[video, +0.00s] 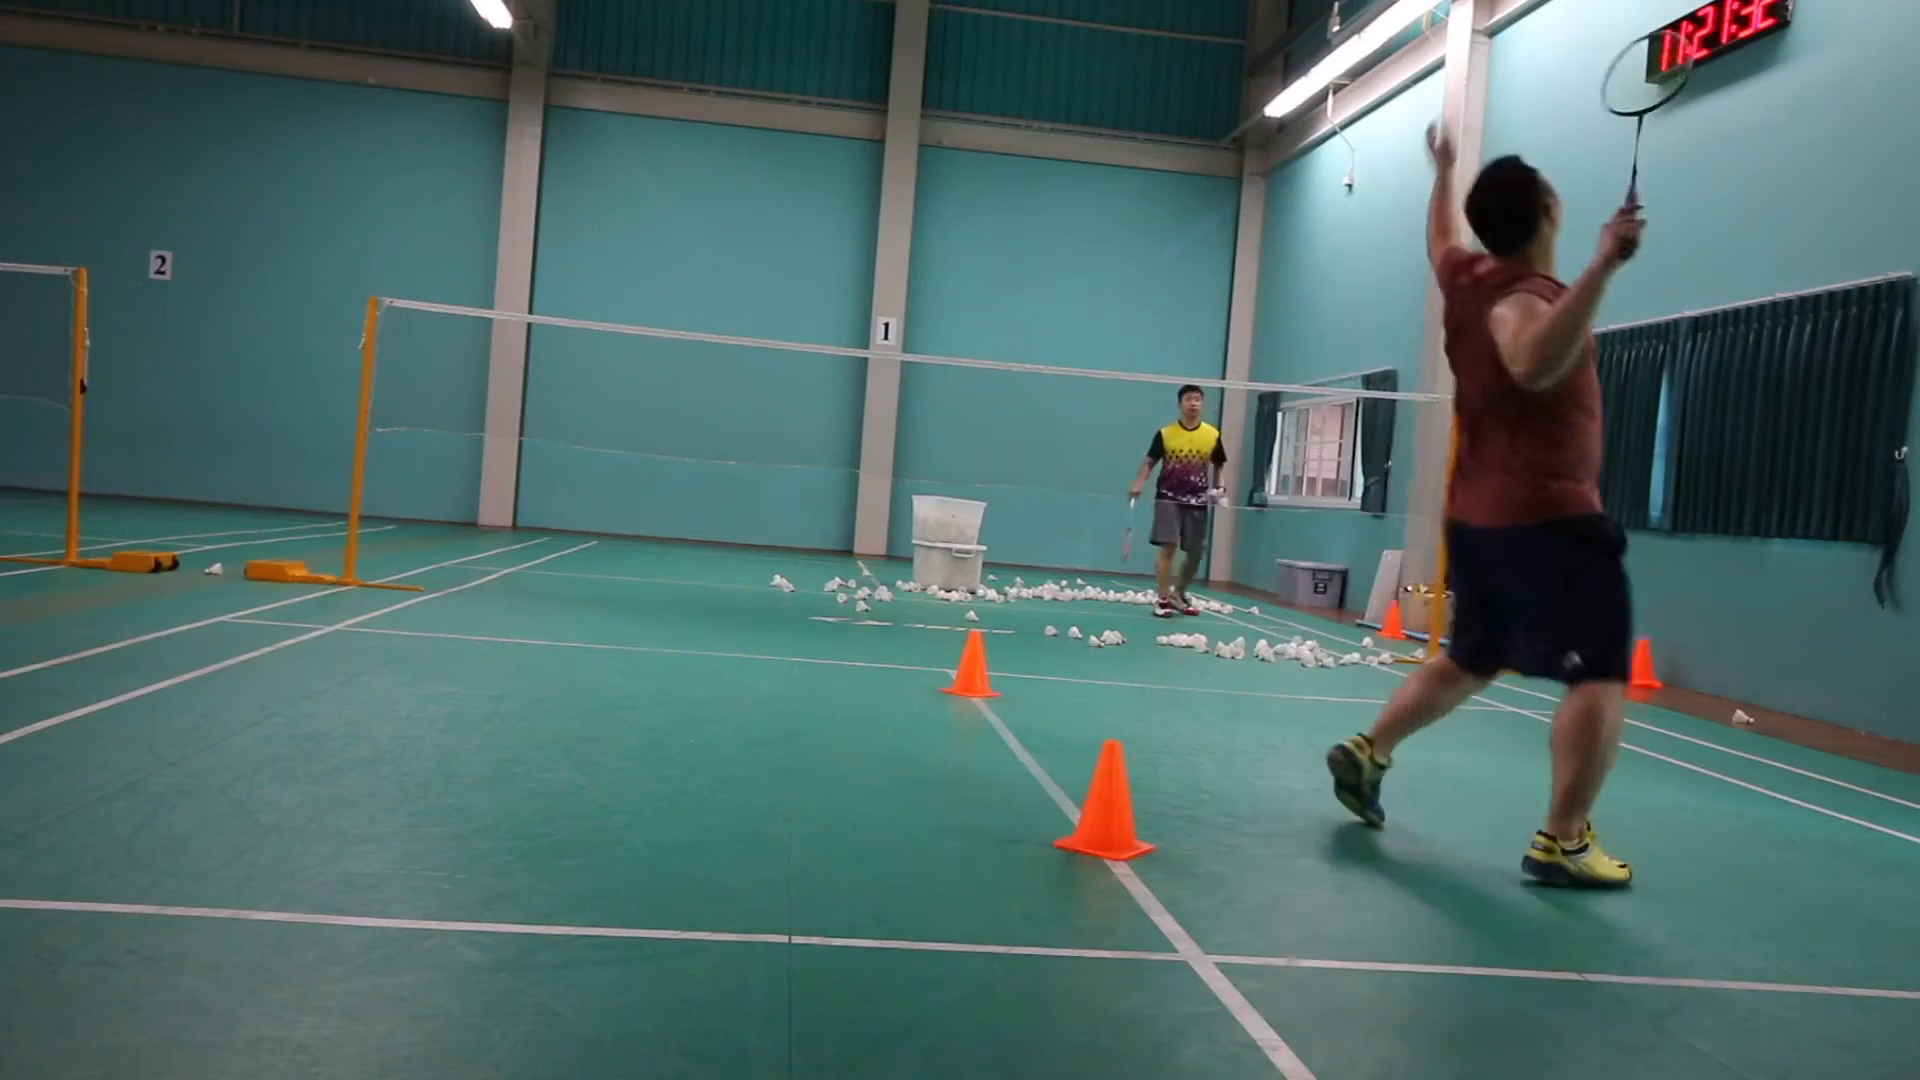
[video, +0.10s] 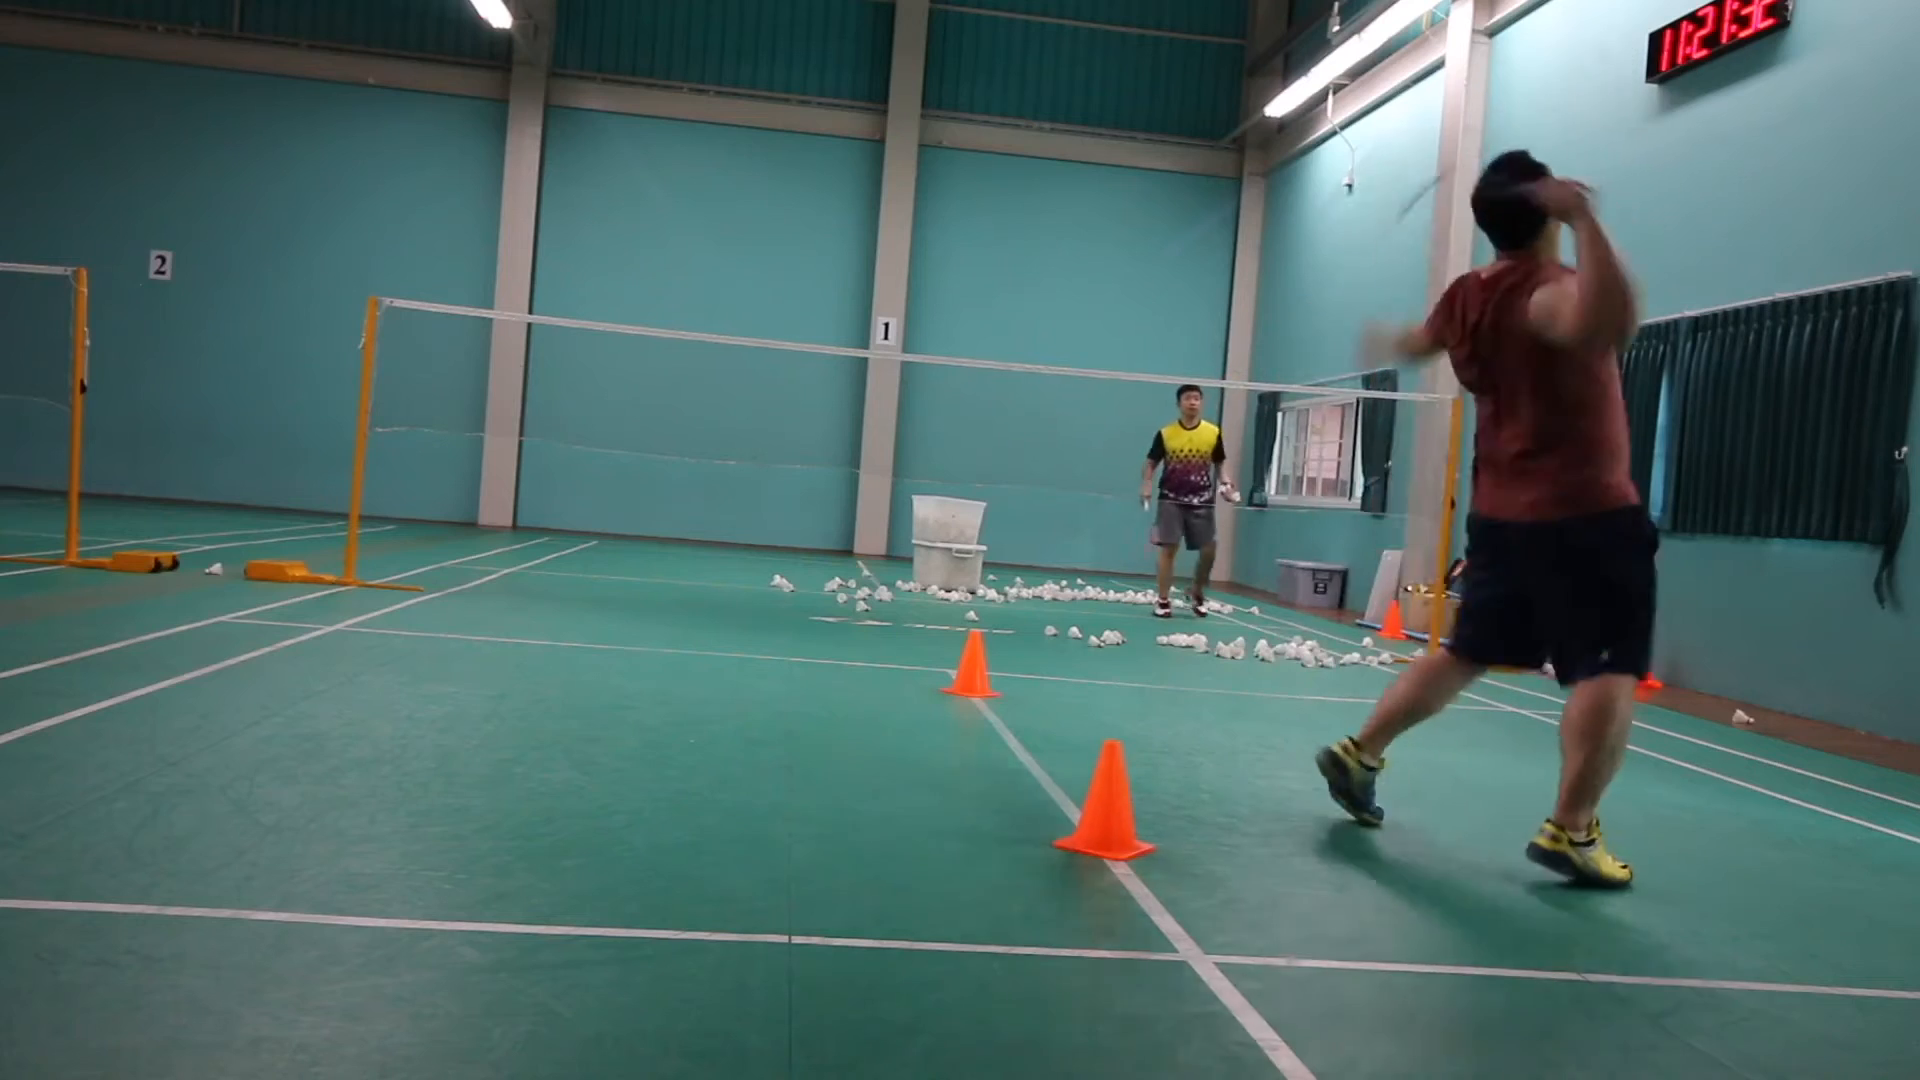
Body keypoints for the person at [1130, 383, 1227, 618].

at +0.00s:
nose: (1193, 404)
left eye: (1197, 399)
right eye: (1188, 399)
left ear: (1202, 404)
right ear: (1180, 404)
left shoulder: (1212, 435)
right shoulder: (1165, 434)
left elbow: (1219, 465)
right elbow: (1150, 462)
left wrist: (1219, 486)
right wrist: (1138, 484)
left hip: (1198, 501)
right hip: (1169, 498)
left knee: (1194, 554)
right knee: (1168, 547)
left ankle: (1179, 593)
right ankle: (1163, 597)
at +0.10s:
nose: (1192, 403)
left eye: (1196, 399)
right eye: (1188, 399)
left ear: (1202, 404)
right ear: (1179, 404)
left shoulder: (1213, 433)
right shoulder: (1166, 434)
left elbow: (1220, 462)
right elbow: (1151, 462)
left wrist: (1224, 480)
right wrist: (1147, 486)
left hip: (1202, 501)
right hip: (1171, 499)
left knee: (1208, 550)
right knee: (1168, 549)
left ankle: (1197, 592)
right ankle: (1163, 599)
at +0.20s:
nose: (1196, 402)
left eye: (1200, 398)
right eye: (1191, 398)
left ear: (1206, 403)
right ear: (1183, 403)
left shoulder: (1218, 433)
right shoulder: (1170, 435)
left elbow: (1225, 461)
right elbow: (1156, 463)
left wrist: (1231, 483)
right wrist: (1156, 489)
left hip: (1206, 503)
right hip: (1175, 501)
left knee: (1215, 550)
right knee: (1172, 549)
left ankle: (1219, 602)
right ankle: (1163, 600)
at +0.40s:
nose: (1220, 406)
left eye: (1224, 402)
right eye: (1215, 402)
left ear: (1229, 406)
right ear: (1206, 406)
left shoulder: (1239, 437)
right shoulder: (1192, 438)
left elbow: (1244, 468)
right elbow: (1178, 469)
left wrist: (1250, 496)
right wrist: (1182, 499)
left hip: (1226, 508)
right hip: (1196, 507)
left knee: (1228, 555)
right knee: (1182, 554)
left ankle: (1229, 605)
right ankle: (1164, 599)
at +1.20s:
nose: (1221, 410)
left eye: (1226, 406)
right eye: (1217, 405)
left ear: (1234, 410)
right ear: (1210, 409)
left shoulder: (1246, 438)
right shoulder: (1197, 441)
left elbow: (1254, 466)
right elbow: (1184, 475)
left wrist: (1264, 492)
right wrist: (1175, 508)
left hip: (1235, 510)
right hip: (1203, 508)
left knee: (1234, 558)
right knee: (1192, 554)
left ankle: (1227, 606)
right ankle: (1172, 601)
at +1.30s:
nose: (1228, 411)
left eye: (1233, 407)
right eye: (1224, 406)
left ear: (1241, 411)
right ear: (1217, 410)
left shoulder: (1253, 439)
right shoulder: (1206, 442)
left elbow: (1260, 468)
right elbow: (1190, 476)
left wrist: (1269, 496)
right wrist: (1182, 509)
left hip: (1240, 509)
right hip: (1210, 507)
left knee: (1238, 558)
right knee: (1200, 551)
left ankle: (1227, 605)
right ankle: (1179, 599)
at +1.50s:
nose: (1242, 412)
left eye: (1246, 408)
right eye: (1237, 407)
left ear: (1250, 412)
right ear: (1228, 411)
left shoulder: (1255, 439)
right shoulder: (1214, 442)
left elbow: (1257, 469)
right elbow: (1204, 480)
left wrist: (1272, 496)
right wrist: (1222, 507)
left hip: (1236, 504)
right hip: (1210, 503)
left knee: (1234, 556)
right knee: (1211, 552)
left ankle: (1227, 605)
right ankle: (1200, 605)